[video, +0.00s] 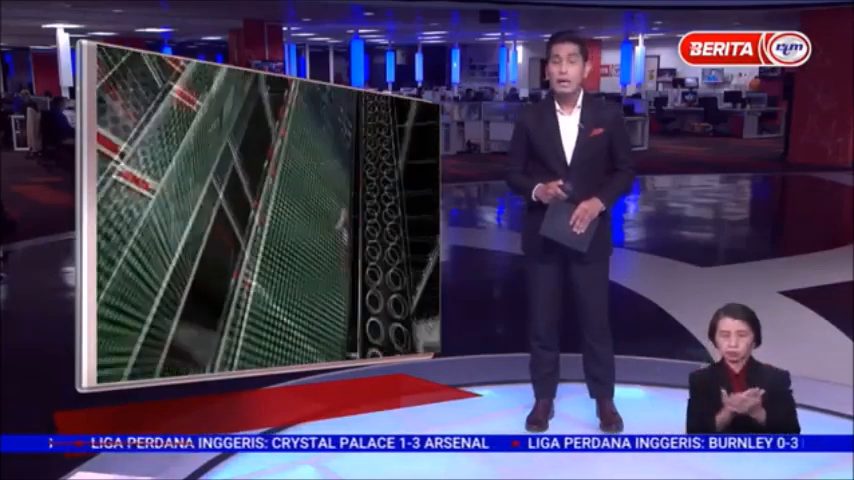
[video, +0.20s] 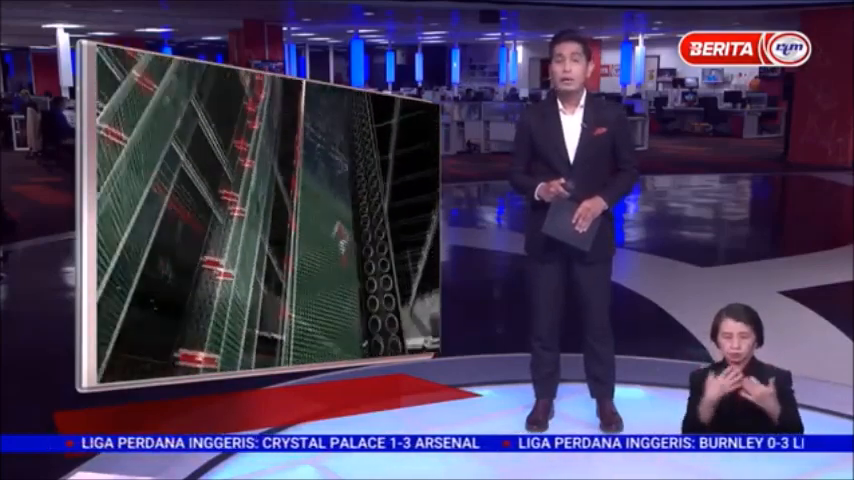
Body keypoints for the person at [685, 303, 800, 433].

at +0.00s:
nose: (733, 343)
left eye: (742, 335)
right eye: (725, 335)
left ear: (755, 340)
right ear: (714, 340)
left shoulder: (776, 379)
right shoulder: (701, 380)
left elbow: (791, 432)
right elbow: (695, 434)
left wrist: (757, 413)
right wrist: (728, 411)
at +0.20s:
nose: (735, 345)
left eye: (744, 337)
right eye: (727, 337)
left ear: (756, 341)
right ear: (717, 341)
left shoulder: (777, 379)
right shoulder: (702, 378)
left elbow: (796, 434)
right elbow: (690, 435)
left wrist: (771, 407)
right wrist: (710, 399)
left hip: (765, 462)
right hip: (714, 462)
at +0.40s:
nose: (737, 344)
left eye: (745, 336)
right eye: (729, 336)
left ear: (758, 340)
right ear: (718, 341)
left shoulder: (779, 379)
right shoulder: (702, 378)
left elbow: (801, 430)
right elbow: (681, 433)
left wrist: (774, 414)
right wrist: (701, 405)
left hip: (767, 465)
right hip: (714, 464)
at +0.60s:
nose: (737, 345)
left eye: (746, 336)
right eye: (729, 336)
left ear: (758, 340)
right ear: (719, 340)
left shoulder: (779, 380)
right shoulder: (702, 379)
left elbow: (800, 430)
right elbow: (680, 432)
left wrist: (768, 431)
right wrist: (703, 423)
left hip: (767, 465)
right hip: (712, 464)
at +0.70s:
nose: (736, 347)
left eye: (744, 338)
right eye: (728, 338)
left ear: (758, 341)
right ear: (718, 341)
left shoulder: (779, 380)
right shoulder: (704, 379)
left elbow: (795, 434)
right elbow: (683, 431)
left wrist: (774, 436)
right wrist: (703, 415)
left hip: (763, 464)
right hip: (712, 462)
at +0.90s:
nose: (736, 350)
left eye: (744, 341)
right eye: (728, 341)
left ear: (757, 343)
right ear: (717, 343)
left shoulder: (777, 379)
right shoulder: (705, 376)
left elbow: (789, 429)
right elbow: (685, 417)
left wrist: (769, 422)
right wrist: (709, 381)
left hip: (763, 461)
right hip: (715, 459)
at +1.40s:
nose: (737, 346)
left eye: (745, 337)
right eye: (729, 338)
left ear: (758, 340)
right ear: (718, 341)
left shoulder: (778, 380)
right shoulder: (704, 378)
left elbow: (790, 435)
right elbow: (685, 428)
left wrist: (761, 426)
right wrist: (721, 420)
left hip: (765, 463)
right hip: (713, 462)